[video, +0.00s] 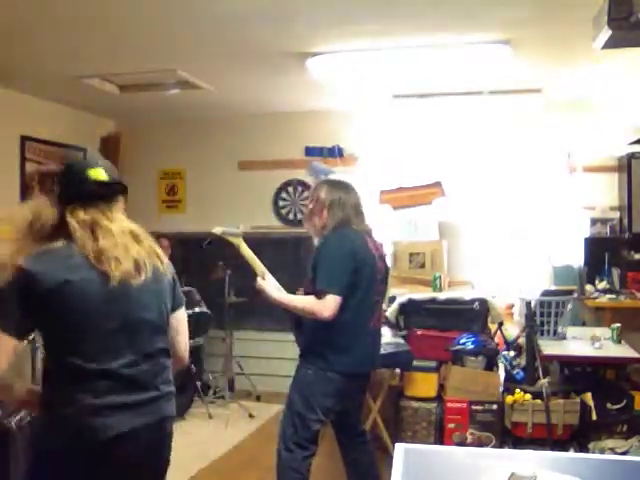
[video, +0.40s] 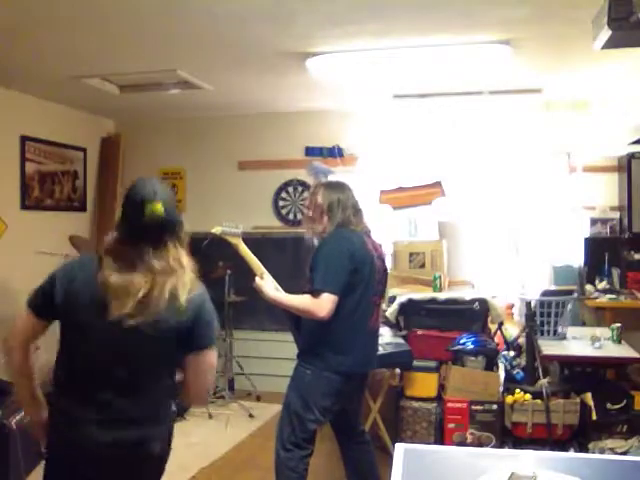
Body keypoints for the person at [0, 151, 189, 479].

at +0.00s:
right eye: (120, 201)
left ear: (65, 207)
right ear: (119, 205)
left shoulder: (41, 270)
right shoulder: (157, 262)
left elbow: (2, 370)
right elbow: (181, 351)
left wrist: (37, 398)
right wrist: (151, 382)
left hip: (73, 432)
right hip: (149, 430)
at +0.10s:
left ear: (80, 231)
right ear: (134, 229)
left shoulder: (61, 293)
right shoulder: (167, 292)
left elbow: (18, 394)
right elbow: (185, 379)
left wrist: (34, 419)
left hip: (84, 447)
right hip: (150, 444)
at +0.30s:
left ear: (108, 222)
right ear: (160, 225)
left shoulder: (71, 275)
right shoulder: (186, 287)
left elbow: (21, 364)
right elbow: (194, 378)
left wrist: (44, 418)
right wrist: (156, 390)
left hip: (79, 435)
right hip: (148, 438)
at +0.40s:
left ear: (121, 222)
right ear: (175, 230)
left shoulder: (76, 275)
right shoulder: (191, 295)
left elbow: (16, 342)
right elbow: (198, 392)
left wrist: (34, 412)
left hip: (74, 434)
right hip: (144, 442)